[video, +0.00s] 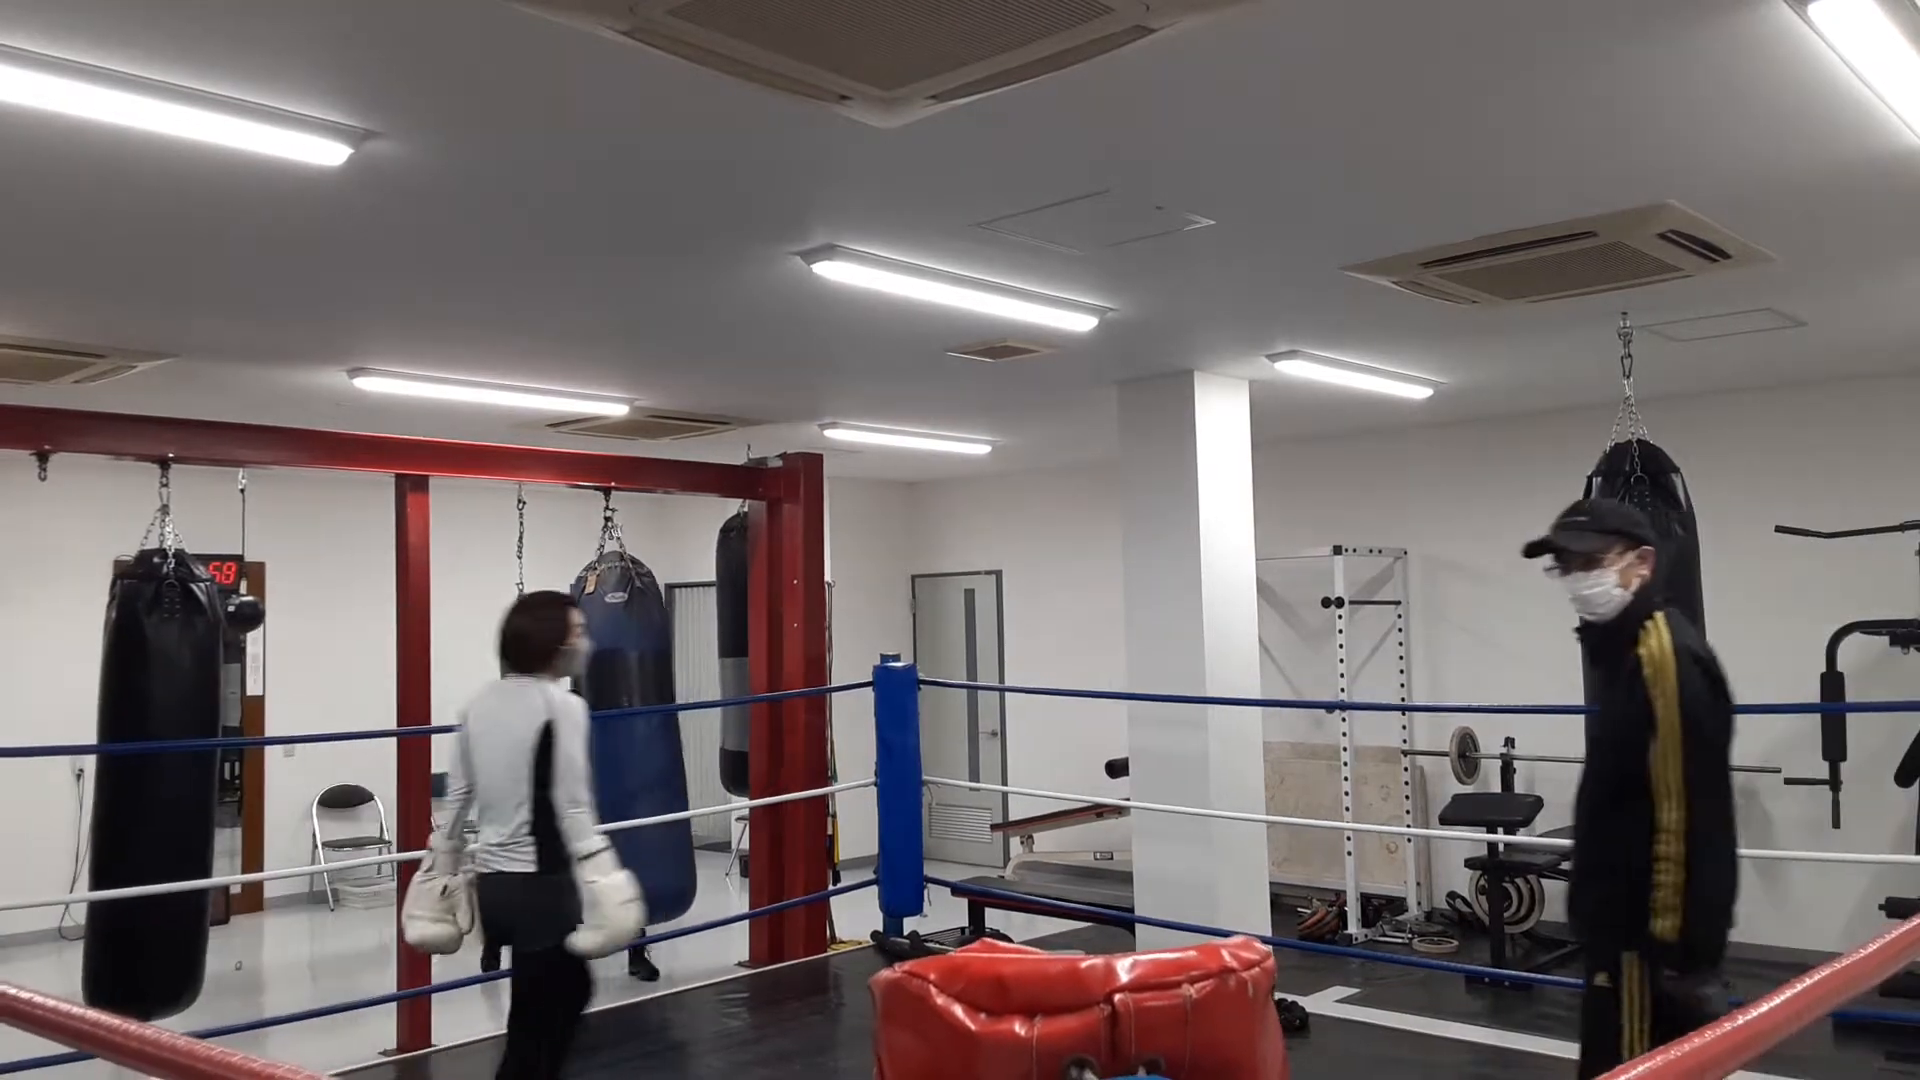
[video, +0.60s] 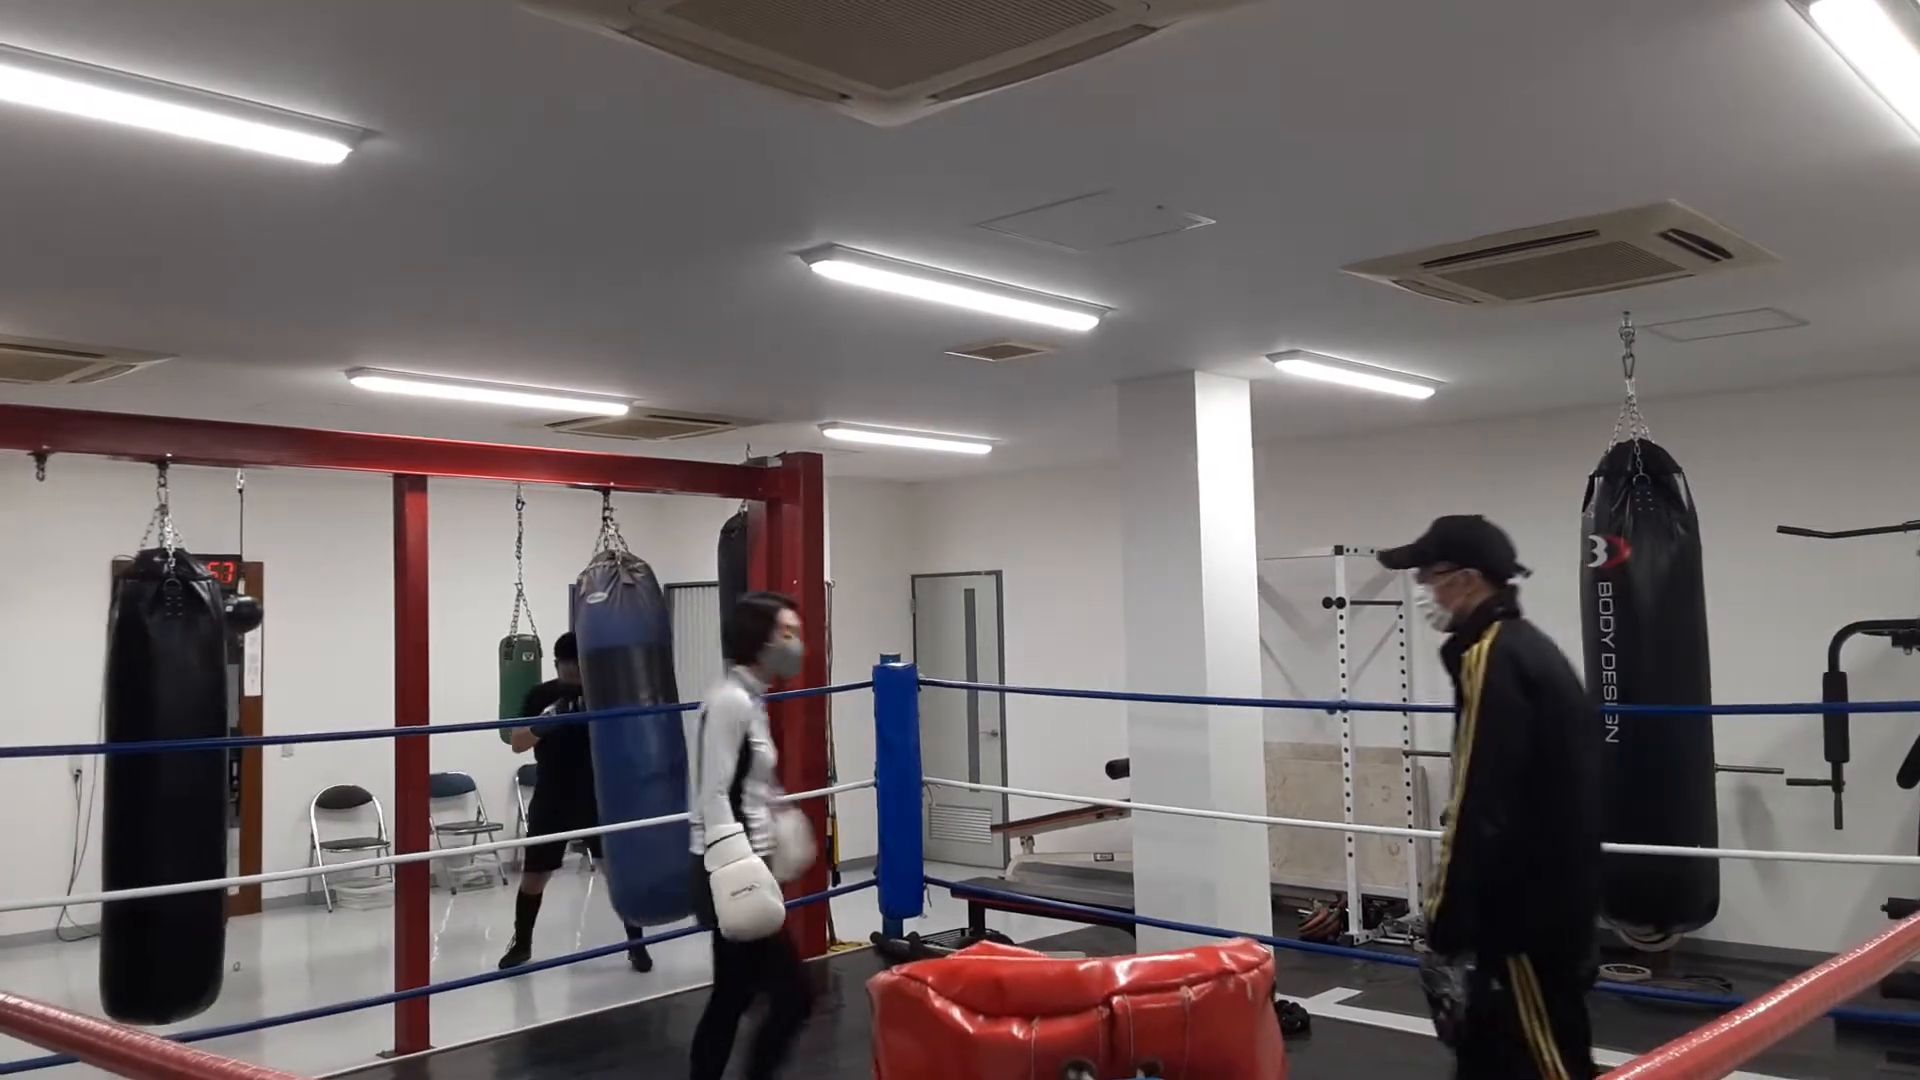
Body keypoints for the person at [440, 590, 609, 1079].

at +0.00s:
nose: (585, 641)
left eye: (583, 630)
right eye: (577, 631)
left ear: (516, 640)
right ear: (555, 642)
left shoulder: (477, 706)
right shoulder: (564, 706)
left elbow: (458, 802)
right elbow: (573, 809)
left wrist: (439, 880)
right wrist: (612, 889)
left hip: (493, 888)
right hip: (544, 889)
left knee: (573, 988)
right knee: (538, 1015)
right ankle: (518, 1074)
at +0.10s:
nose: (621, 642)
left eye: (618, 632)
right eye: (613, 634)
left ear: (556, 644)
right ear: (589, 645)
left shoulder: (517, 707)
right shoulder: (599, 708)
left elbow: (491, 791)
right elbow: (609, 812)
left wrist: (463, 864)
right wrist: (655, 876)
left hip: (530, 887)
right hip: (575, 889)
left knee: (605, 998)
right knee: (546, 1024)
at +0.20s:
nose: (659, 646)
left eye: (654, 636)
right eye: (649, 638)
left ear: (598, 648)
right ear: (626, 650)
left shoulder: (562, 706)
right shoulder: (633, 712)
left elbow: (533, 791)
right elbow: (638, 813)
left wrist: (500, 857)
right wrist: (690, 872)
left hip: (573, 891)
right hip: (609, 893)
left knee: (647, 998)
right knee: (574, 1025)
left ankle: (666, 1074)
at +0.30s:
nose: (691, 644)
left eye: (688, 634)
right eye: (683, 636)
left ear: (639, 646)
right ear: (659, 645)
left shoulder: (607, 707)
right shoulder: (669, 709)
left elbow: (577, 791)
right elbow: (669, 810)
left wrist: (542, 858)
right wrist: (719, 877)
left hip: (618, 878)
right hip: (651, 880)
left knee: (629, 1006)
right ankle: (689, 1073)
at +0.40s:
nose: (734, 638)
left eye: (731, 628)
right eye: (723, 629)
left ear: (686, 641)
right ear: (696, 639)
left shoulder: (656, 696)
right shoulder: (695, 699)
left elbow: (629, 788)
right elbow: (696, 801)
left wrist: (605, 854)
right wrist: (732, 870)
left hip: (657, 864)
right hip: (685, 866)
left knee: (698, 990)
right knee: (706, 989)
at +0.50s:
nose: (768, 637)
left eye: (766, 627)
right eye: (756, 627)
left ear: (731, 637)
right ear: (727, 636)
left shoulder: (710, 694)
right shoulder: (712, 698)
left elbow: (703, 792)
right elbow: (704, 796)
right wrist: (738, 874)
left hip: (702, 862)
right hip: (701, 864)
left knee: (728, 996)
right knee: (742, 1000)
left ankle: (688, 1071)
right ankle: (683, 1072)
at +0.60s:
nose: (798, 645)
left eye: (798, 635)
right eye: (789, 634)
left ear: (767, 640)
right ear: (759, 640)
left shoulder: (748, 700)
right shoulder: (730, 701)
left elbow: (752, 790)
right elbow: (714, 798)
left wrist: (785, 826)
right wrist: (745, 880)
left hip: (747, 867)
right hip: (730, 871)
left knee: (732, 994)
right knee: (793, 995)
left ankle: (706, 1072)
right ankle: (756, 1072)